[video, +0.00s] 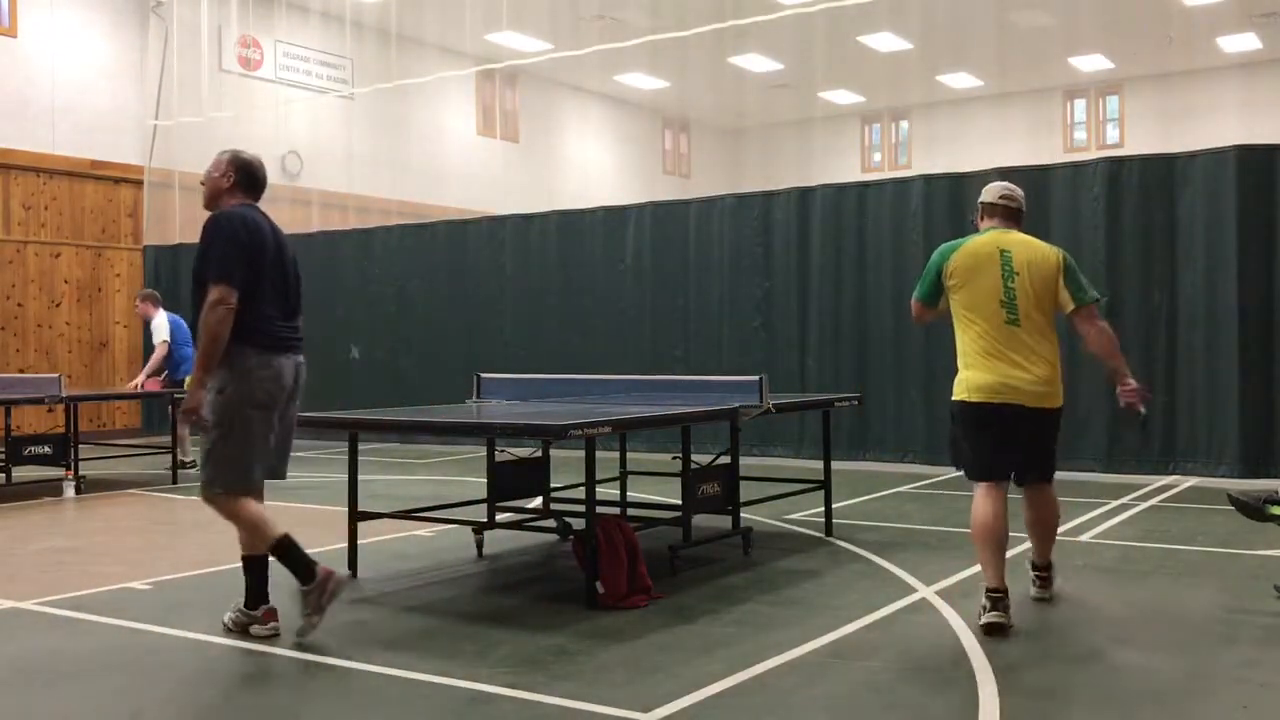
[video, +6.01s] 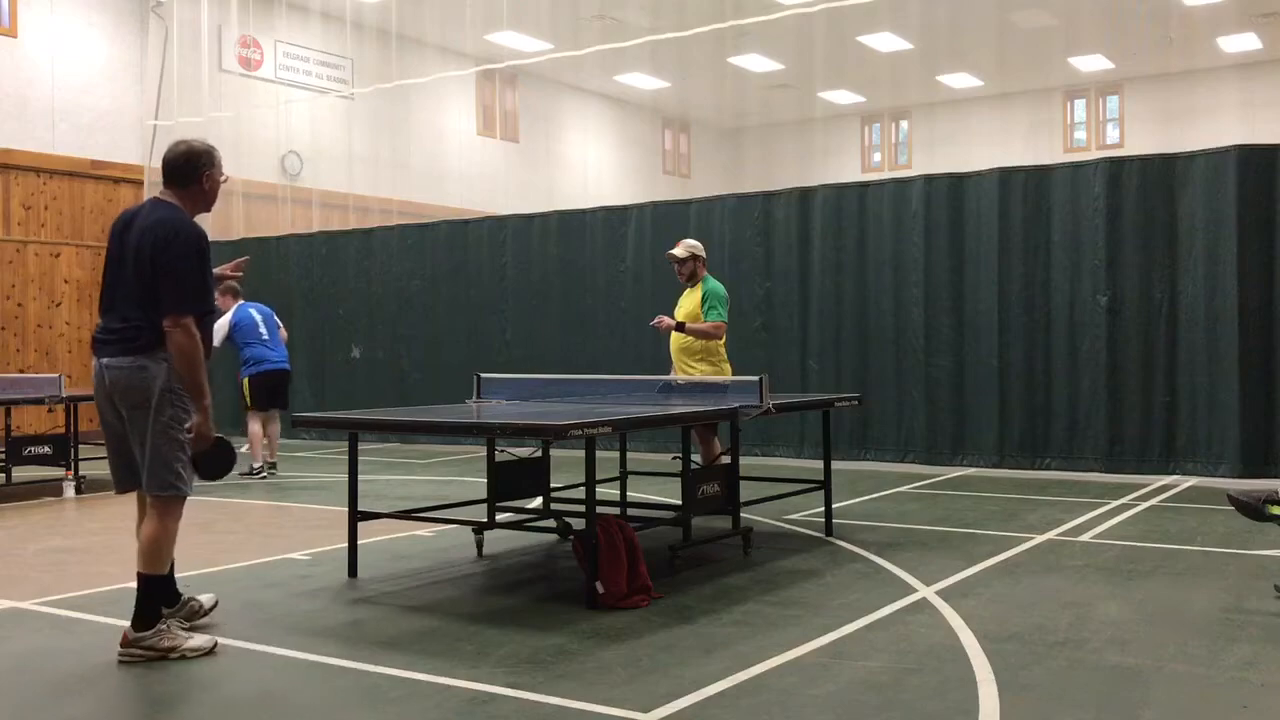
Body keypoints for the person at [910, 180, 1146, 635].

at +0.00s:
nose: (979, 223)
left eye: (978, 217)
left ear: (980, 218)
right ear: (1021, 219)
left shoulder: (951, 255)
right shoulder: (1051, 257)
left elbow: (921, 311)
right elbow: (1090, 323)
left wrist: (955, 282)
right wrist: (1122, 375)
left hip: (978, 394)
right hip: (1039, 395)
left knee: (988, 487)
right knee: (1039, 485)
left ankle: (995, 598)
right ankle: (1042, 572)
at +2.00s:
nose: (861, 263)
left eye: (861, 257)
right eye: (860, 258)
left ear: (869, 254)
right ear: (891, 252)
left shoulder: (872, 280)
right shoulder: (923, 283)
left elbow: (826, 299)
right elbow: (937, 328)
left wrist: (828, 268)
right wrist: (943, 370)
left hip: (885, 376)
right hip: (918, 375)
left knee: (896, 441)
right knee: (909, 432)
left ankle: (909, 506)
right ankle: (919, 490)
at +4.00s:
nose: (689, 277)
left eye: (693, 272)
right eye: (687, 272)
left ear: (709, 268)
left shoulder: (726, 294)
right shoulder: (699, 295)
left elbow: (732, 337)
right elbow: (700, 337)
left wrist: (693, 353)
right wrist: (684, 361)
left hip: (723, 378)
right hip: (704, 377)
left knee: (711, 434)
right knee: (717, 434)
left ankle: (715, 492)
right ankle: (723, 491)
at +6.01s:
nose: (677, 268)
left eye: (682, 262)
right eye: (675, 263)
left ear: (699, 263)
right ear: (675, 264)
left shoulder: (713, 289)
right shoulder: (690, 290)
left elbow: (718, 330)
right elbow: (687, 334)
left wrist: (676, 325)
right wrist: (676, 368)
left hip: (708, 377)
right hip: (688, 376)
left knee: (705, 433)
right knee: (701, 433)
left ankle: (714, 487)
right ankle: (716, 486)